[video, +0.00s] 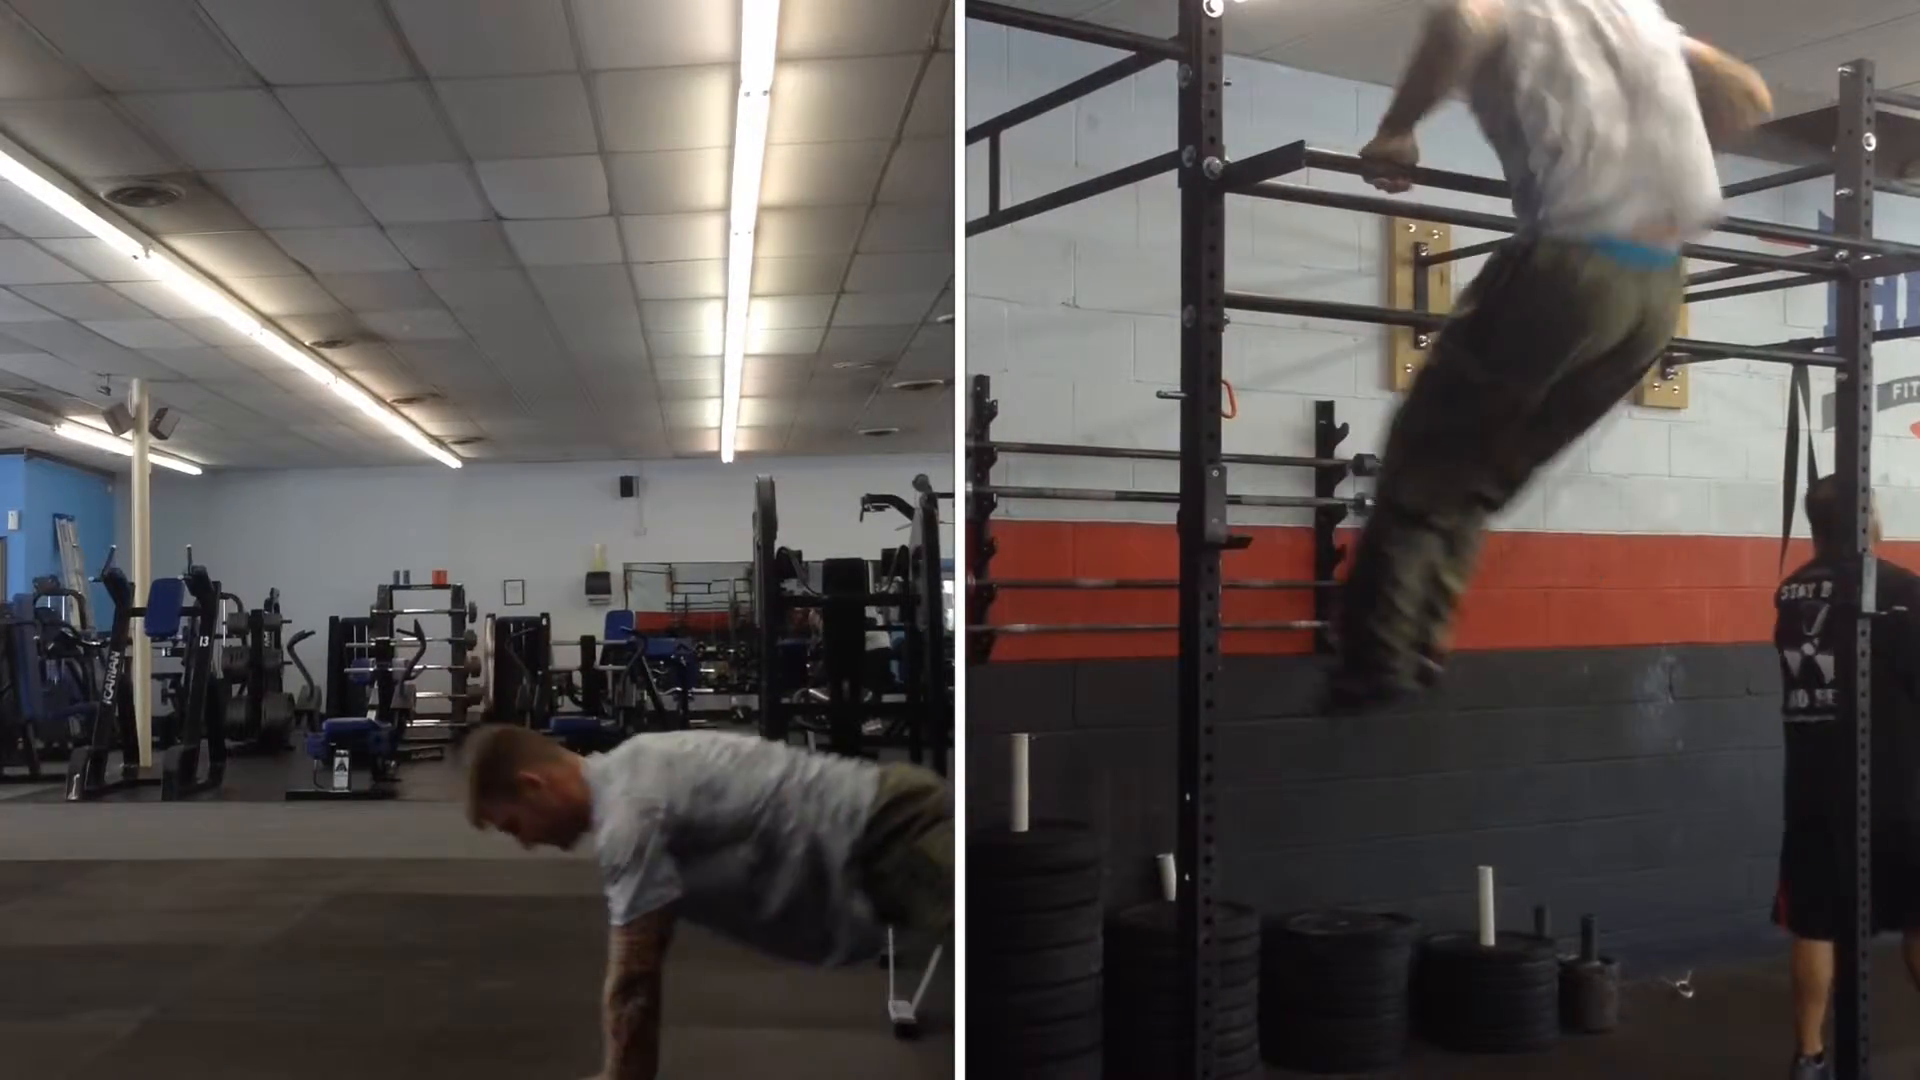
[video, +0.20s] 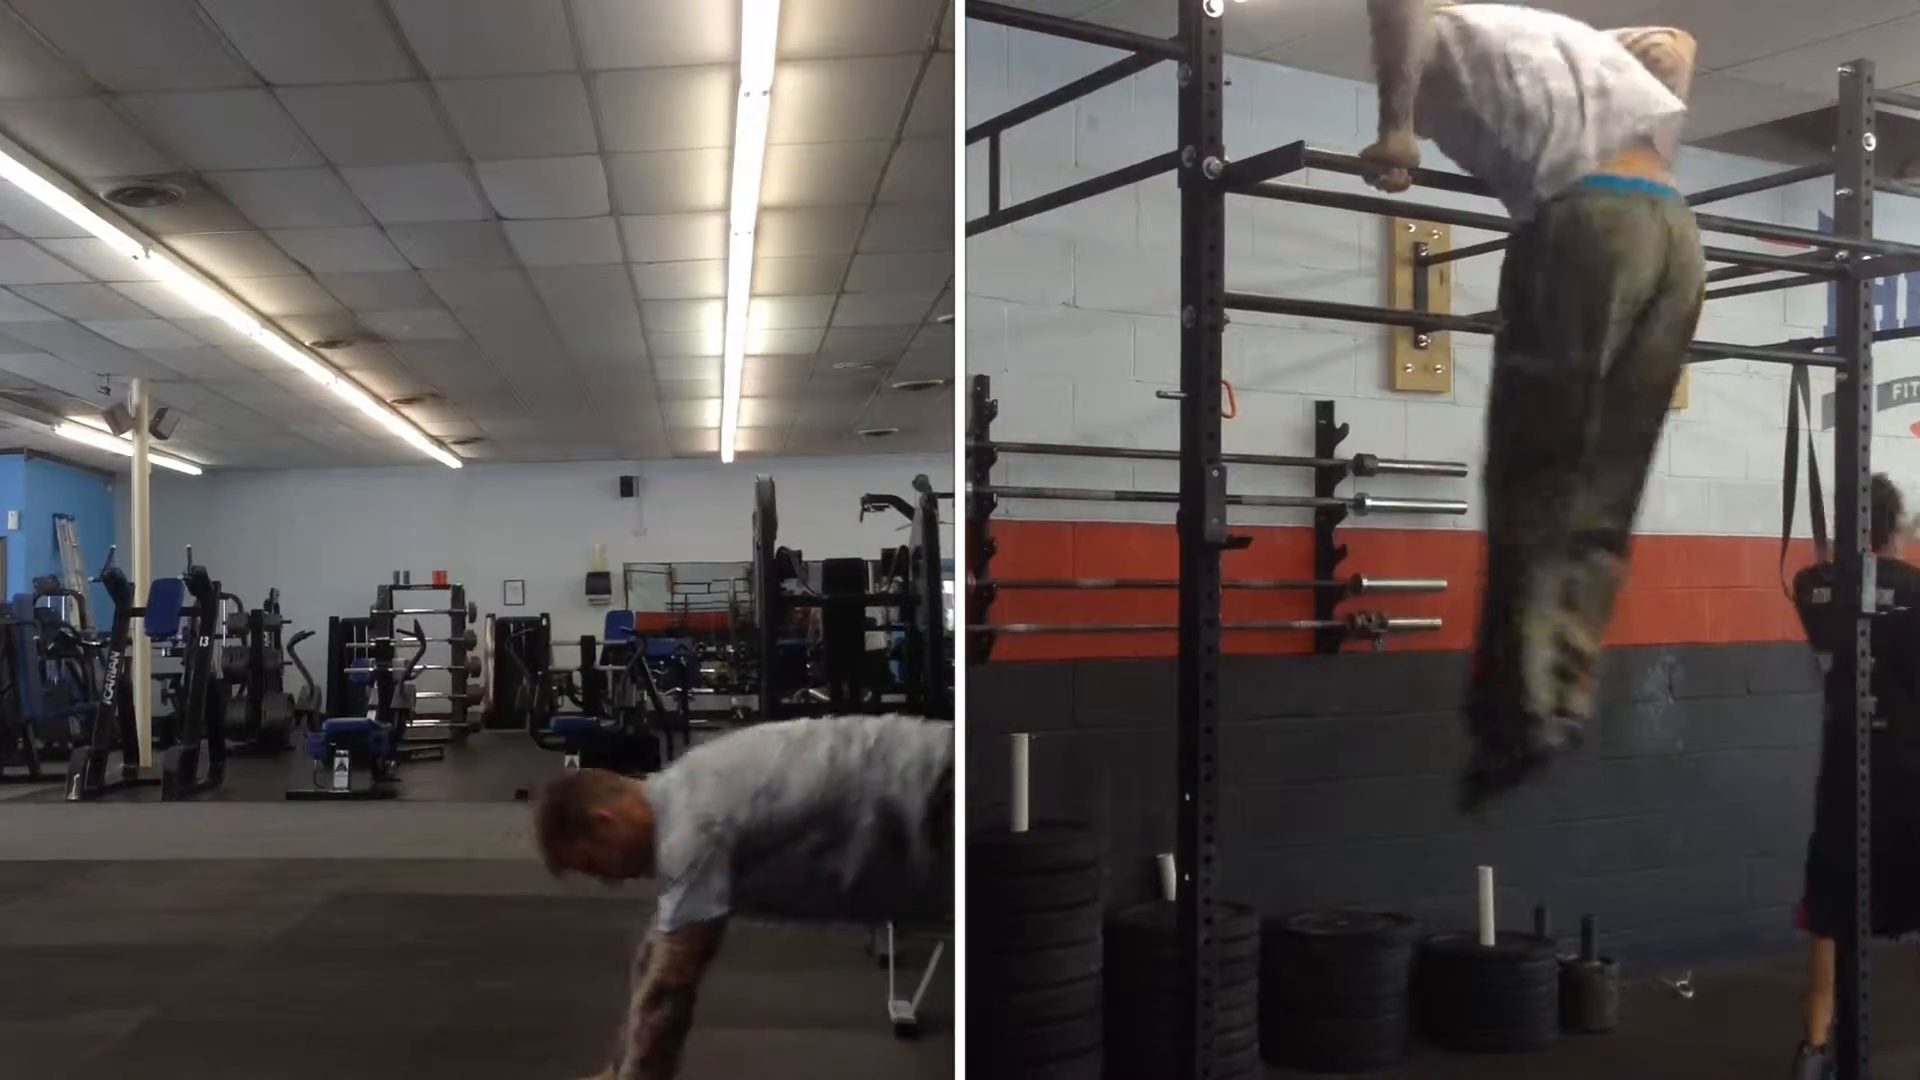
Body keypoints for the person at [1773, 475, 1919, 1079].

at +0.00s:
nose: (1882, 520)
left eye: (1875, 509)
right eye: (1878, 511)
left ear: (1816, 526)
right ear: (1871, 521)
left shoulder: (1793, 593)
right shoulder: (1900, 591)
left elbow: (1810, 682)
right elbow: (1910, 681)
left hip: (1815, 779)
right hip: (1894, 780)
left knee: (1814, 921)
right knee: (1913, 919)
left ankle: (1810, 1057)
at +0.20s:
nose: (1893, 536)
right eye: (1898, 525)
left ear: (1846, 525)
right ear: (1899, 527)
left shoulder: (1818, 588)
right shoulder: (1912, 586)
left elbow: (1825, 644)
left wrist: (1841, 571)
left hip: (1848, 763)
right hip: (1908, 762)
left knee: (1830, 901)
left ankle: (1817, 1042)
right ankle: (1820, 1036)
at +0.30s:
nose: (1917, 530)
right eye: (1915, 520)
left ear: (1865, 527)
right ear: (1911, 527)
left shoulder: (1845, 584)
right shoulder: (1910, 580)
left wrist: (1839, 533)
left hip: (1865, 762)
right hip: (1903, 761)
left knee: (1851, 894)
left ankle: (1822, 1025)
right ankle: (1823, 1023)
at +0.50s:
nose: (1897, 520)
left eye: (1897, 513)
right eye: (1904, 512)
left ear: (1887, 533)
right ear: (1910, 533)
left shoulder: (1884, 577)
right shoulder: (1890, 575)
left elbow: (1850, 502)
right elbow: (1851, 500)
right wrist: (1875, 428)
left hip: (1891, 743)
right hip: (1901, 743)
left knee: (1905, 889)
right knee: (1905, 889)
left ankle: (1883, 1010)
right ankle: (1882, 1010)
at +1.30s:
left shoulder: (1901, 504)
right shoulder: (1898, 504)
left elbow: (1884, 463)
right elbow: (1886, 464)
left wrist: (1876, 368)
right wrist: (1879, 368)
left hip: (1911, 681)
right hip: (1909, 681)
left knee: (1907, 854)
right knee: (1905, 852)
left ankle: (1904, 1000)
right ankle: (1903, 1000)